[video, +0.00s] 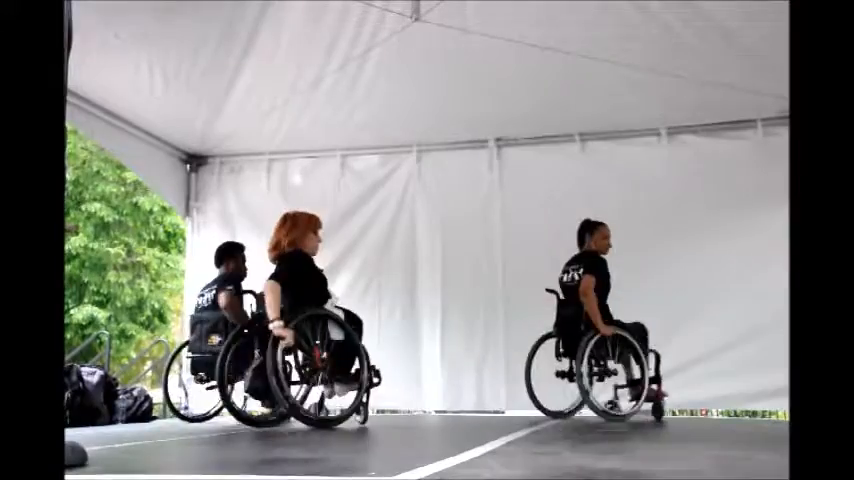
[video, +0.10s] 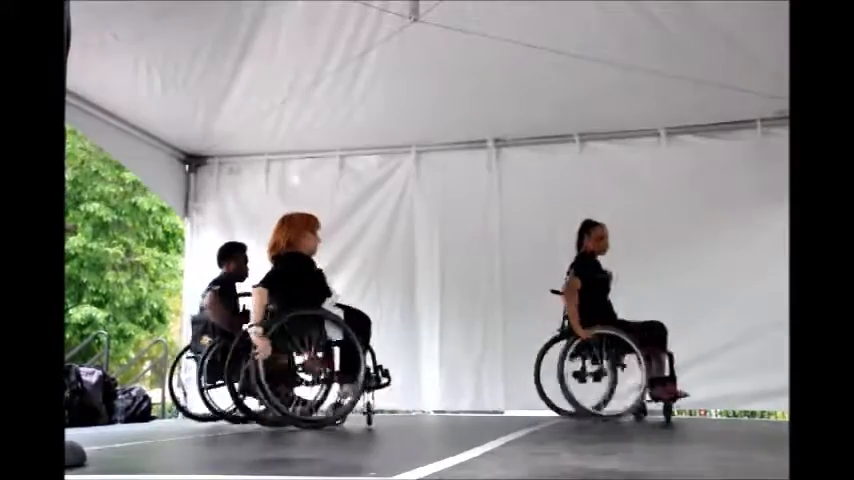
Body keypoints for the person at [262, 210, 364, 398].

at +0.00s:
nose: (319, 239)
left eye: (318, 233)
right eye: (314, 233)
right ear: (299, 235)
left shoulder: (304, 261)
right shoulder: (293, 259)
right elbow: (271, 286)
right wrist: (276, 322)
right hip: (305, 319)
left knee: (351, 322)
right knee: (353, 323)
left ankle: (337, 375)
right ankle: (340, 376)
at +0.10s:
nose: (319, 239)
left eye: (317, 233)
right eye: (314, 233)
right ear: (299, 236)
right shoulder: (295, 263)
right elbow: (261, 289)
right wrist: (256, 330)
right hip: (300, 328)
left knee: (356, 318)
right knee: (359, 321)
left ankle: (351, 376)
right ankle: (351, 379)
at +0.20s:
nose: (319, 240)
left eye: (317, 234)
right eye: (314, 234)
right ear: (298, 237)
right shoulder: (285, 263)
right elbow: (254, 293)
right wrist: (248, 334)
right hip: (306, 330)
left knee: (358, 320)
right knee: (363, 322)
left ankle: (350, 373)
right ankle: (356, 374)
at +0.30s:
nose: (320, 238)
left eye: (319, 233)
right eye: (314, 233)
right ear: (297, 236)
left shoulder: (316, 267)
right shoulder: (282, 262)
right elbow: (249, 296)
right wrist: (259, 330)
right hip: (294, 331)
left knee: (367, 321)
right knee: (364, 323)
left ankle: (364, 374)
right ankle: (361, 378)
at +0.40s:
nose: (322, 236)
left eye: (320, 231)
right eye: (316, 231)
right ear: (300, 235)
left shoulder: (318, 265)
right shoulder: (282, 262)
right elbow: (251, 301)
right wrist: (275, 320)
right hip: (296, 327)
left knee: (369, 319)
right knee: (365, 323)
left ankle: (365, 372)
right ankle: (361, 376)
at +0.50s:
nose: (324, 236)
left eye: (323, 231)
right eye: (319, 230)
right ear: (302, 234)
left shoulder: (322, 265)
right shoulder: (282, 263)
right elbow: (258, 304)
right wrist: (287, 309)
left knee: (371, 317)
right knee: (364, 321)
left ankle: (369, 370)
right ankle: (361, 373)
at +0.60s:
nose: (328, 235)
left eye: (327, 230)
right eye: (323, 229)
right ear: (306, 233)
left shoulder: (325, 263)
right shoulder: (285, 261)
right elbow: (262, 303)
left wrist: (375, 336)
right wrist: (292, 306)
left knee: (368, 314)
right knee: (356, 316)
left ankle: (373, 371)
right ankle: (363, 373)